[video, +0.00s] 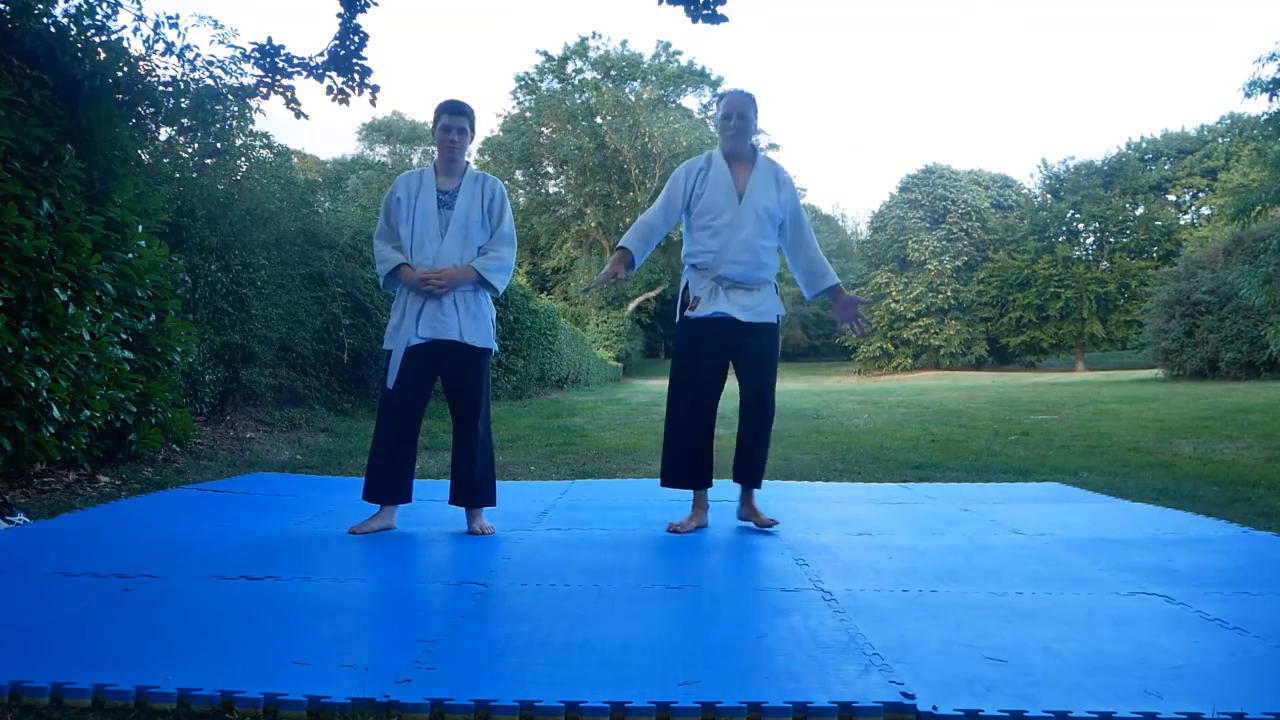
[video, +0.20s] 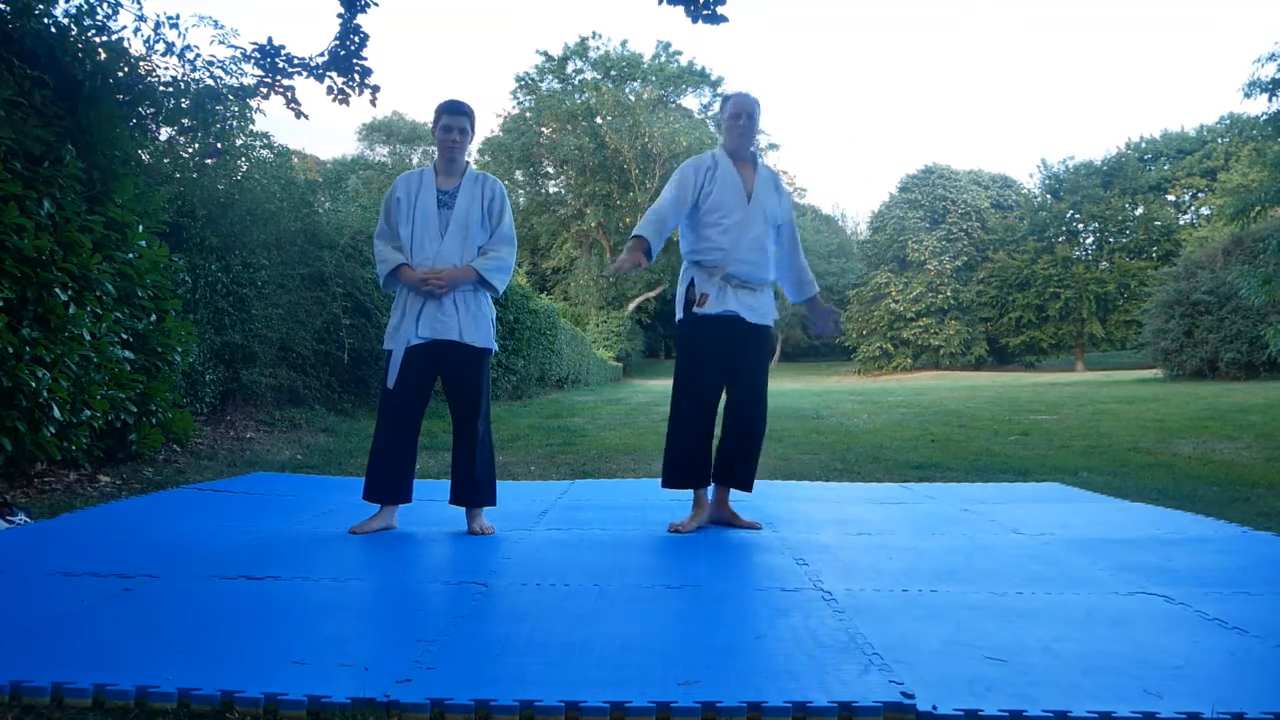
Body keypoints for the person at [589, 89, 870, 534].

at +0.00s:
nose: (732, 124)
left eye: (741, 117)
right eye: (726, 117)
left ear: (756, 124)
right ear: (716, 124)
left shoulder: (776, 177)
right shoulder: (694, 172)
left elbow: (801, 239)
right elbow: (657, 218)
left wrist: (834, 292)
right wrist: (625, 255)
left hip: (759, 303)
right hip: (703, 301)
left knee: (759, 406)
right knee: (696, 405)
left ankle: (748, 501)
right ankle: (699, 506)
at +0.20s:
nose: (741, 123)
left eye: (748, 117)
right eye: (734, 116)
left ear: (759, 126)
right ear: (720, 124)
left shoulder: (772, 182)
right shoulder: (700, 169)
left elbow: (789, 248)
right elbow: (665, 210)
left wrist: (815, 303)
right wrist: (638, 247)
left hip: (756, 301)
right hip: (705, 296)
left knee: (748, 404)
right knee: (699, 401)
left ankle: (721, 503)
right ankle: (699, 505)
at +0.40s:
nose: (756, 124)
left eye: (762, 118)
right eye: (749, 116)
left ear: (767, 129)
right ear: (727, 124)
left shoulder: (769, 187)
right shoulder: (708, 166)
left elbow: (774, 254)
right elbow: (678, 213)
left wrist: (779, 312)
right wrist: (661, 258)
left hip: (752, 304)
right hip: (707, 297)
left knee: (744, 403)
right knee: (703, 400)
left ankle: (721, 505)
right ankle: (692, 505)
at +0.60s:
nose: (768, 133)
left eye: (771, 127)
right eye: (762, 123)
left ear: (762, 132)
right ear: (735, 123)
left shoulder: (748, 176)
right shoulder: (714, 161)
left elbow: (746, 239)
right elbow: (690, 215)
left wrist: (753, 297)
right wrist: (681, 267)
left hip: (742, 300)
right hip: (709, 293)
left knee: (739, 403)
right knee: (700, 398)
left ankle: (720, 503)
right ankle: (665, 501)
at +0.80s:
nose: (766, 139)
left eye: (767, 132)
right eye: (761, 129)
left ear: (741, 126)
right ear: (736, 124)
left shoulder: (737, 171)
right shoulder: (715, 158)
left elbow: (719, 233)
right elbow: (694, 222)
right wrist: (691, 285)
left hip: (728, 302)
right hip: (700, 298)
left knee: (731, 404)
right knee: (689, 402)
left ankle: (720, 503)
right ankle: (660, 508)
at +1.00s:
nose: (759, 135)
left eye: (759, 127)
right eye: (754, 125)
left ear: (729, 123)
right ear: (729, 122)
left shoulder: (723, 164)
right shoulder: (710, 155)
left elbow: (697, 228)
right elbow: (695, 221)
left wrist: (713, 291)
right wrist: (691, 287)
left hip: (708, 301)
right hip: (690, 299)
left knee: (719, 401)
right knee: (679, 402)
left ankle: (718, 501)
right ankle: (659, 509)